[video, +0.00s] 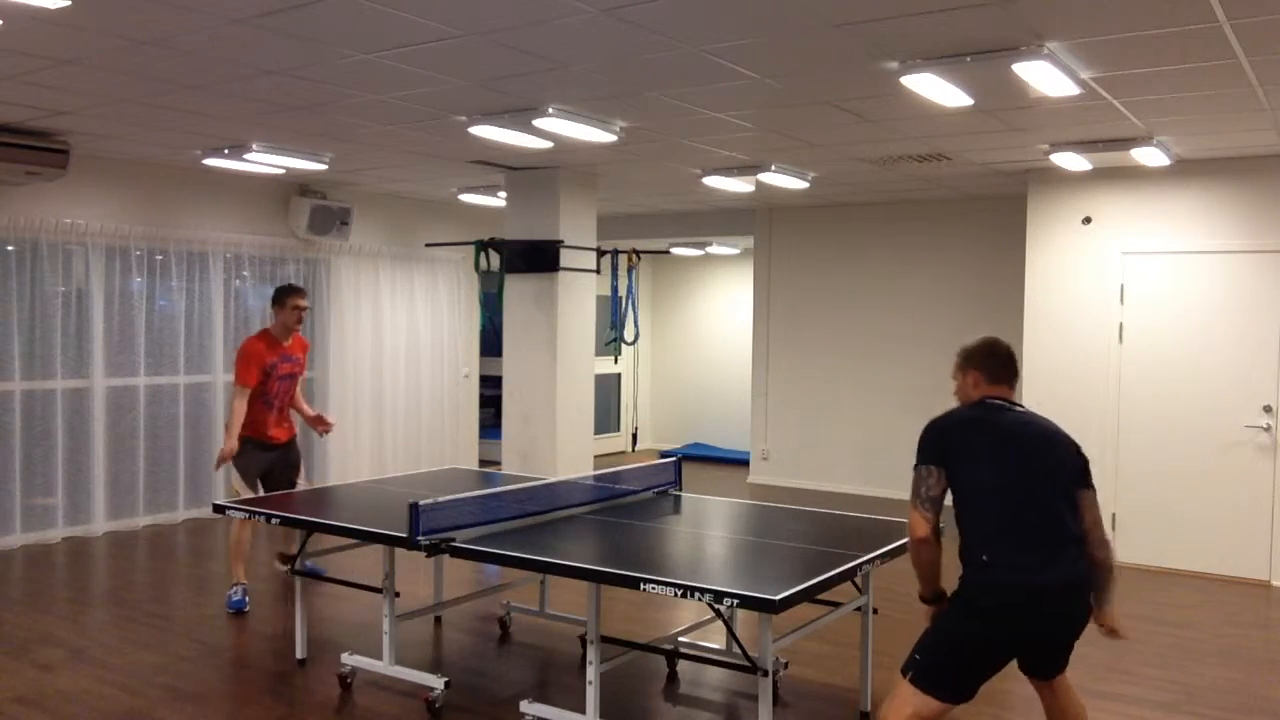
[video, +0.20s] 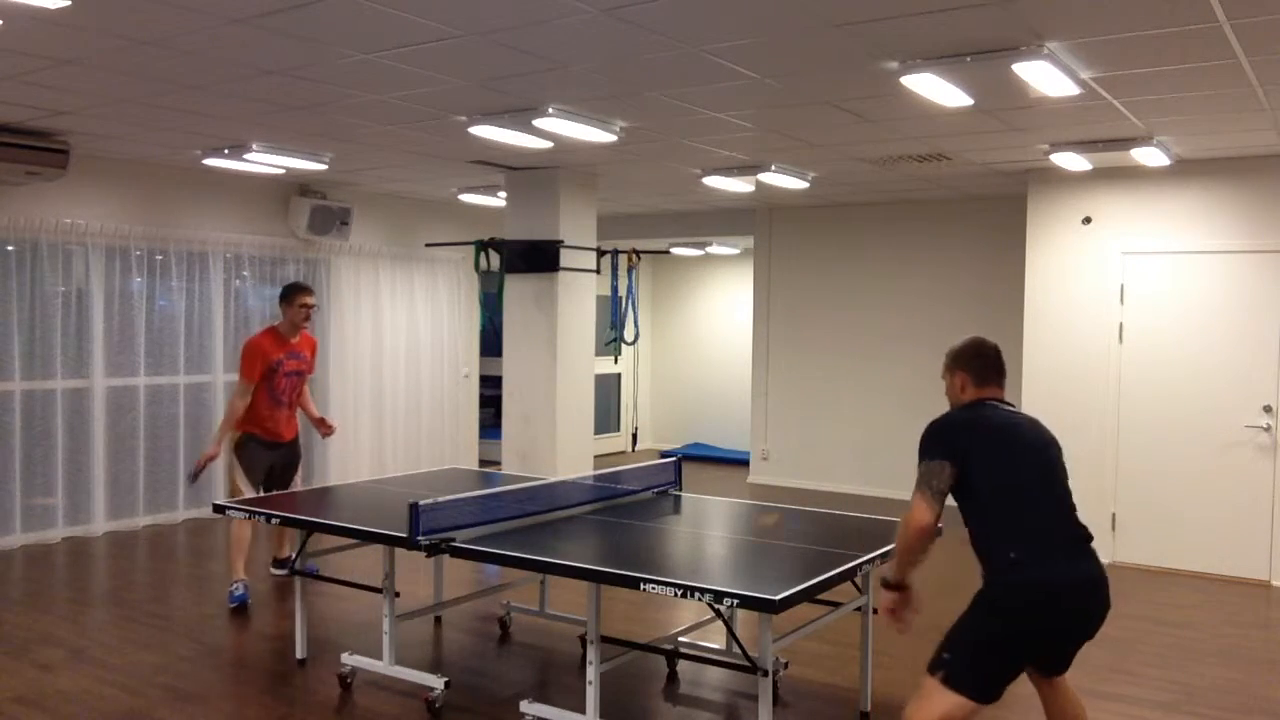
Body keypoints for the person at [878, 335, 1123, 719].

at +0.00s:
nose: (955, 391)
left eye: (957, 380)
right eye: (956, 380)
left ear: (973, 377)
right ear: (1012, 382)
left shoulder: (946, 430)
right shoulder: (1059, 440)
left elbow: (922, 533)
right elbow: (1096, 538)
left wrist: (933, 597)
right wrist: (1103, 604)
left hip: (993, 595)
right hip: (1068, 594)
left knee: (905, 708)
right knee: (1049, 674)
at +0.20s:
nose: (946, 391)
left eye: (947, 380)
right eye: (946, 381)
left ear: (960, 379)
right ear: (1000, 381)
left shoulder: (949, 428)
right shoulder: (1035, 429)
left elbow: (923, 522)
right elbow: (1050, 512)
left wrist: (897, 579)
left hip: (1019, 593)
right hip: (1087, 587)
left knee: (930, 708)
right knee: (1047, 672)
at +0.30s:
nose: (940, 394)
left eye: (940, 384)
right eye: (939, 384)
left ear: (955, 384)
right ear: (992, 382)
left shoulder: (959, 423)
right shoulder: (1019, 424)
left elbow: (920, 502)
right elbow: (1027, 518)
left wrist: (870, 550)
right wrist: (939, 521)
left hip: (1035, 589)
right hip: (1092, 581)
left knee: (958, 707)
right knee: (1047, 672)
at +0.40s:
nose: (928, 384)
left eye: (929, 374)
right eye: (927, 375)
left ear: (944, 373)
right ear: (976, 372)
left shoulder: (967, 405)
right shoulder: (998, 411)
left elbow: (980, 445)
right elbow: (958, 471)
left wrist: (899, 506)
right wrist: (889, 484)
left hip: (1048, 570)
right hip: (1088, 566)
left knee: (965, 699)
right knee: (1040, 662)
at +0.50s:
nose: (913, 378)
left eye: (916, 368)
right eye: (914, 369)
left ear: (935, 370)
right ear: (948, 368)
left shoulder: (974, 399)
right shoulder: (955, 419)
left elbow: (1005, 428)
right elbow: (896, 445)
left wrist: (935, 488)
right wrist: (835, 443)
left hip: (1056, 560)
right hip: (1070, 555)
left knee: (970, 690)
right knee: (1025, 660)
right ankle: (1061, 715)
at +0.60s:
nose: (902, 381)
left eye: (908, 372)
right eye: (904, 372)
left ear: (929, 376)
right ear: (933, 377)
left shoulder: (968, 408)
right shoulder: (946, 427)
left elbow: (1016, 450)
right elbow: (890, 447)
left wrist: (955, 515)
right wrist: (831, 435)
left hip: (1058, 571)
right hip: (1039, 566)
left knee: (973, 693)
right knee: (980, 633)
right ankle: (1006, 710)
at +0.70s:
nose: (897, 390)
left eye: (903, 380)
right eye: (899, 380)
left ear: (926, 382)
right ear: (931, 383)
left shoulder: (968, 422)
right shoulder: (952, 434)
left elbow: (1013, 488)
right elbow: (918, 473)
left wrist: (945, 558)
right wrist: (845, 454)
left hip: (1054, 577)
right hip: (1037, 571)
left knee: (967, 700)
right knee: (968, 633)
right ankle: (1005, 708)